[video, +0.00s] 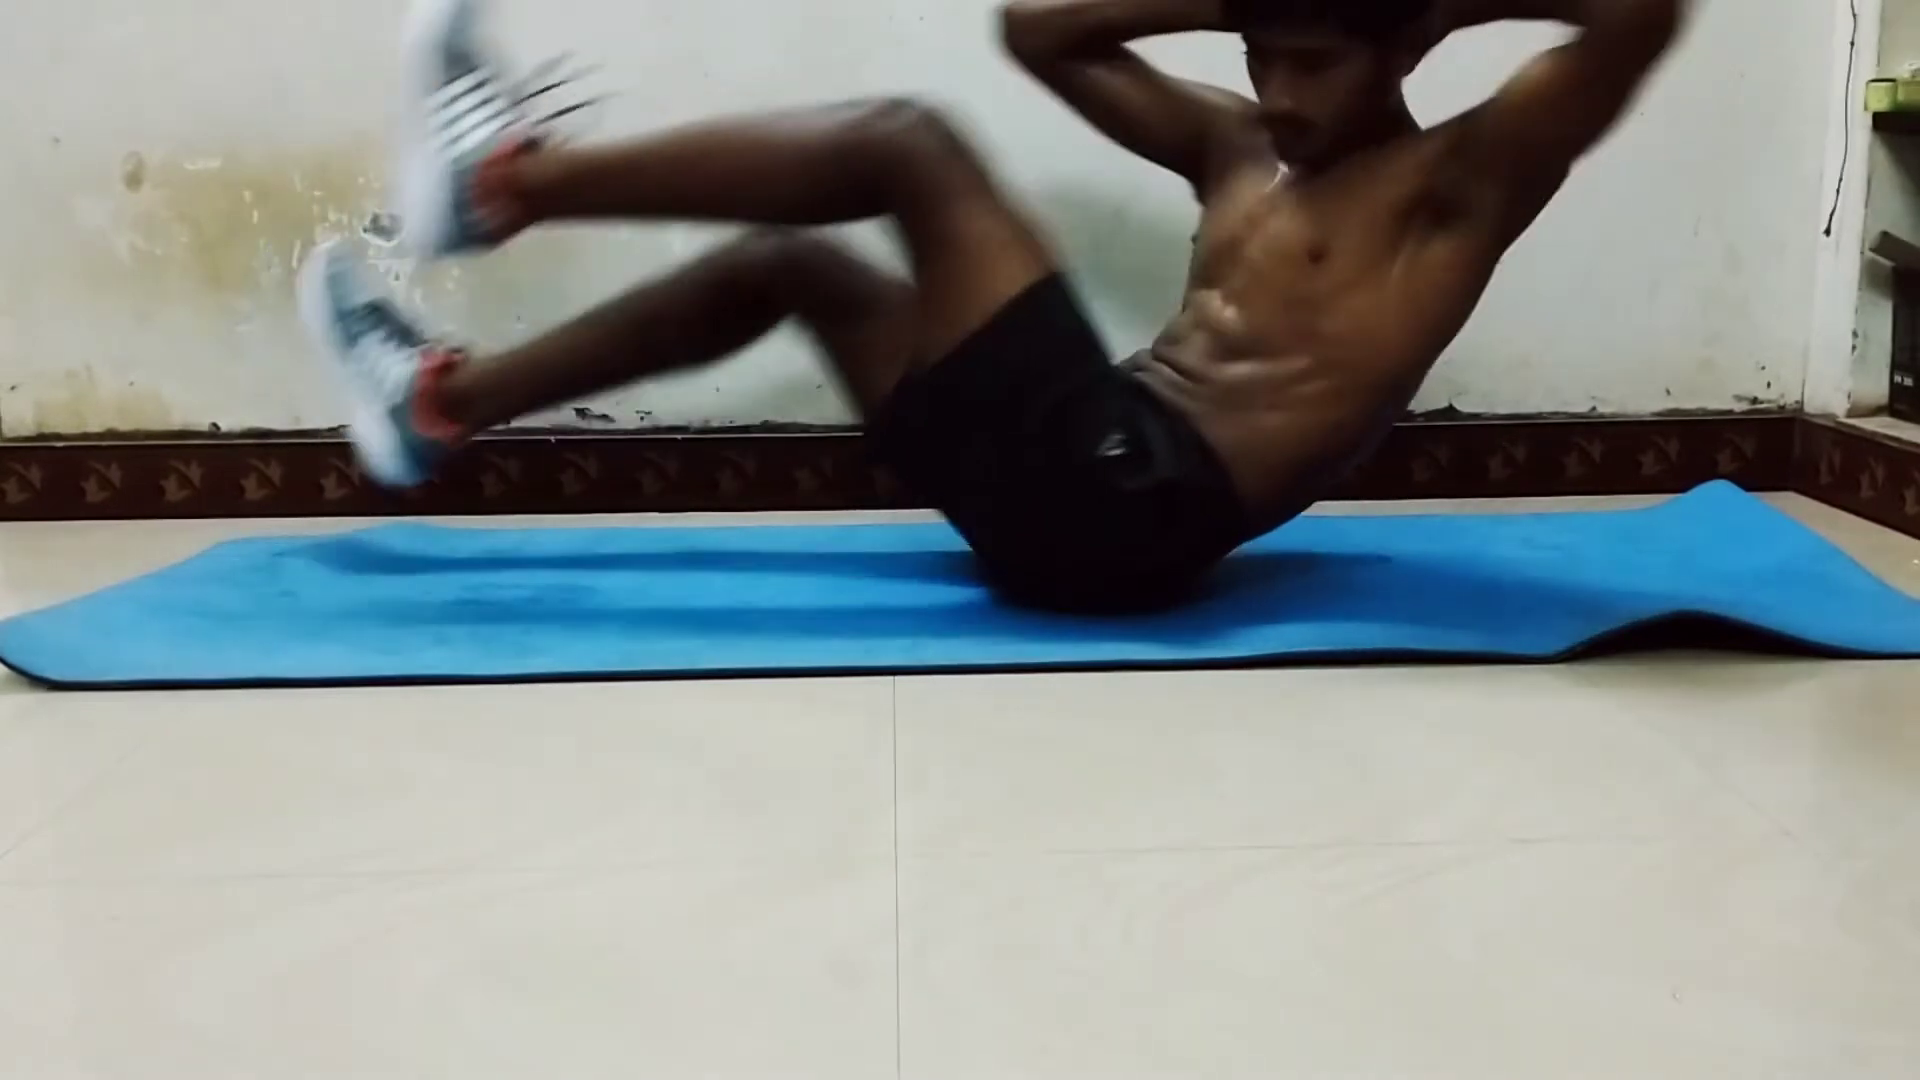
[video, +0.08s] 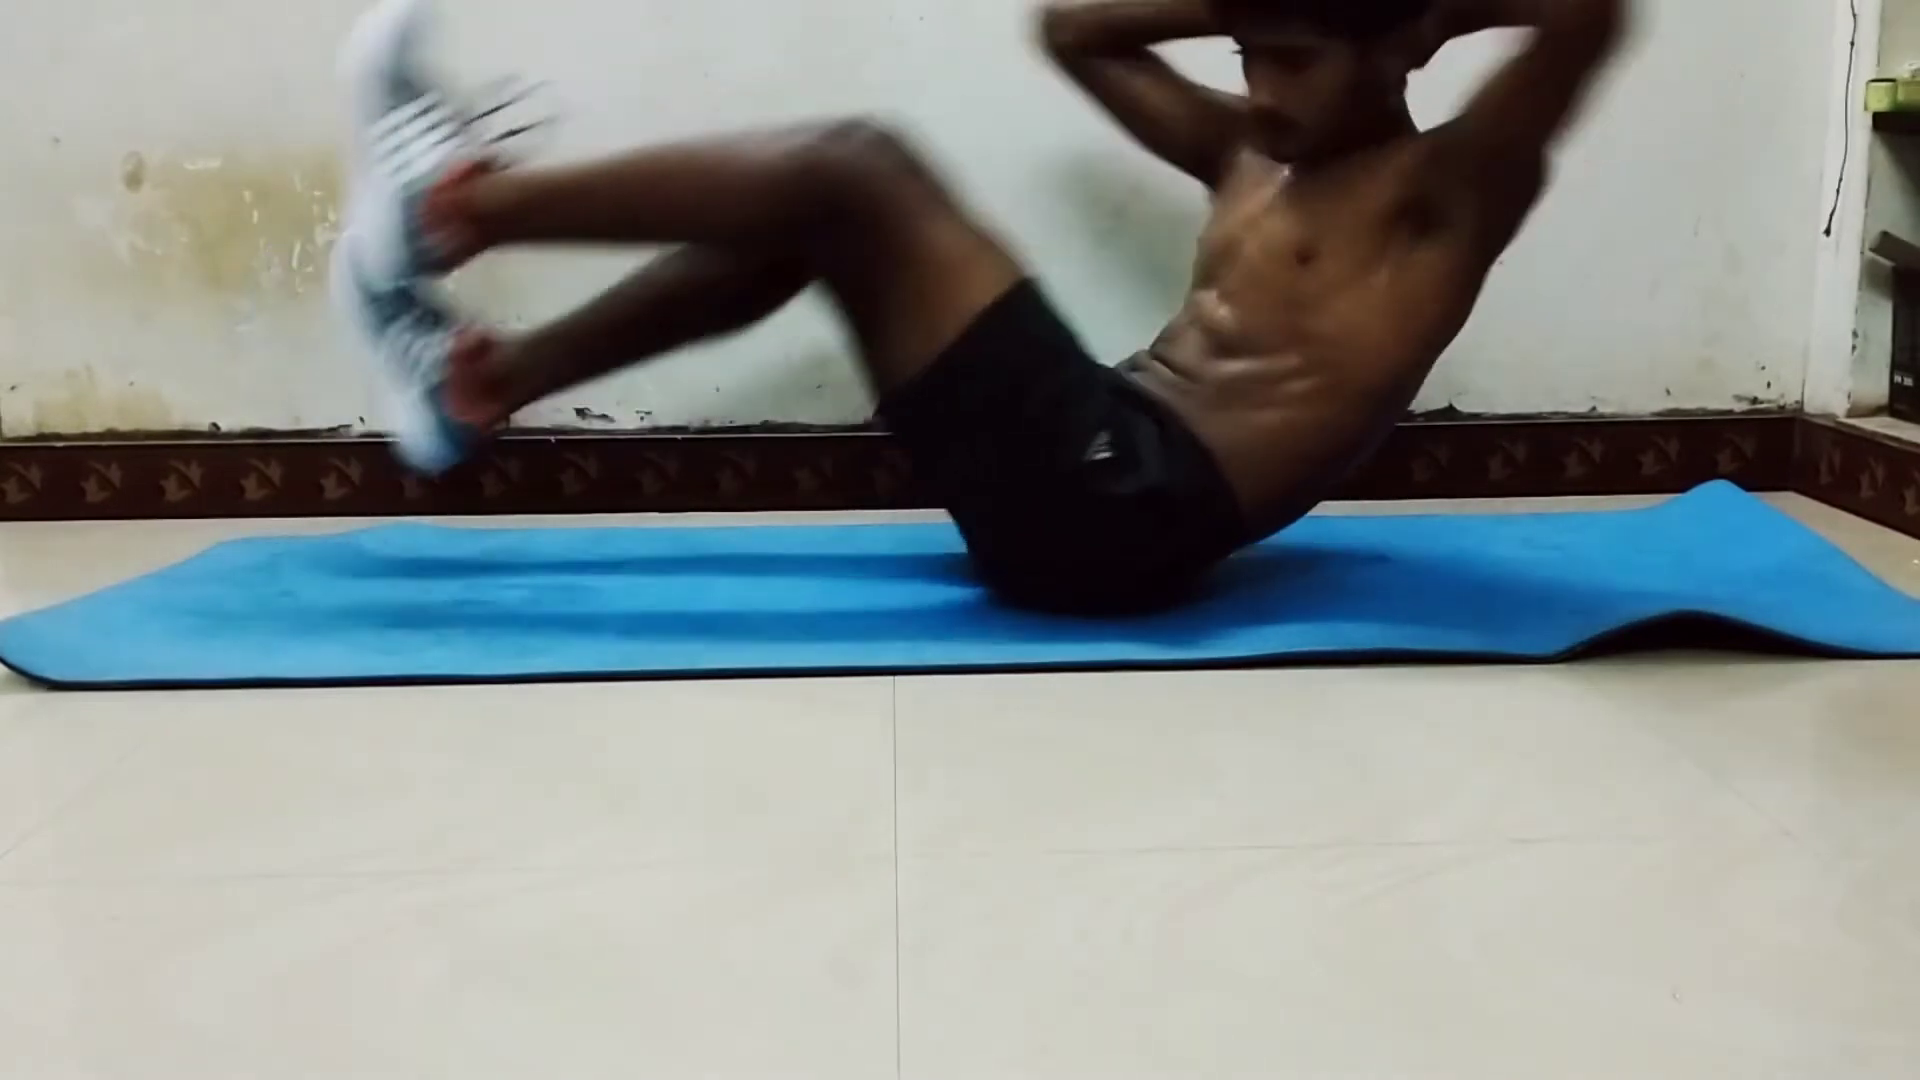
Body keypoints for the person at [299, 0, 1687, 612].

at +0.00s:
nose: (1273, 87)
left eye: (1309, 63)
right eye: (1263, 67)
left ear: (1394, 61)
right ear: (1267, 72)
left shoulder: (1460, 181)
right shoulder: (1237, 151)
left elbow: (1643, 27)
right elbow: (1048, 37)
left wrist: (1461, 25)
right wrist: (1234, 29)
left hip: (1138, 509)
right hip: (1059, 476)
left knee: (917, 142)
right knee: (795, 266)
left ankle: (496, 187)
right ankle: (442, 410)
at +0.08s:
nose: (1254, 93)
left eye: (1289, 64)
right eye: (1248, 66)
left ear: (1385, 62)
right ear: (1251, 59)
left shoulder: (1451, 187)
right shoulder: (1245, 155)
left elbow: (1599, 18)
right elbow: (1067, 35)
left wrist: (1441, 22)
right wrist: (1241, 21)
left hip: (1127, 512)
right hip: (1068, 471)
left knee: (860, 169)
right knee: (829, 205)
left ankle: (455, 208)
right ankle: (486, 386)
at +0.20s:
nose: (1217, 97)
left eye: (1243, 66)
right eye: (1206, 74)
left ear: (1344, 45)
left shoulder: (1404, 174)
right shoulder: (1327, 174)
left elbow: (1386, 99)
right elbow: (1259, 151)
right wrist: (1180, 77)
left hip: (1119, 513)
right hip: (1101, 447)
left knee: (808, 223)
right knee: (893, 161)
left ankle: (370, 245)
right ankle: (539, 334)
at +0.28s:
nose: (1235, 81)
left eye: (1252, 50)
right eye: (1241, 54)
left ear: (1343, 47)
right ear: (1351, 52)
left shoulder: (1379, 172)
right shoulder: (1333, 186)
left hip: (1118, 503)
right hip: (1091, 427)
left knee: (742, 310)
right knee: (1012, 121)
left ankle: (302, 295)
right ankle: (641, 233)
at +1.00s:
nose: (1246, 88)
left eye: (1269, 55)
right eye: (1247, 56)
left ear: (1387, 45)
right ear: (1394, 51)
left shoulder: (1416, 190)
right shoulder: (1372, 179)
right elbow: (1298, 152)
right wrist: (1263, 131)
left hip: (1154, 513)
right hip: (1143, 459)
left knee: (847, 210)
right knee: (853, 192)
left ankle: (427, 306)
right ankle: (471, 169)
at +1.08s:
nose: (1265, 81)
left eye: (1290, 44)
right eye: (1253, 49)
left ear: (1409, 41)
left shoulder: (1427, 175)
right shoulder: (1344, 193)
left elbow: (1414, 125)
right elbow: (1186, 112)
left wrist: (1379, 73)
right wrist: (1341, 89)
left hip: (1149, 514)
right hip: (1115, 487)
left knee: (875, 180)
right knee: (846, 248)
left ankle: (474, 261)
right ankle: (475, 229)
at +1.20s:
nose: (1287, 95)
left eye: (1315, 66)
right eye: (1278, 71)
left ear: (1417, 65)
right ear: (1288, 86)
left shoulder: (1452, 183)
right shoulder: (1295, 181)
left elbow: (1532, 27)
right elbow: (1095, 105)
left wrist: (1443, 50)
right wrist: (1255, 70)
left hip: (1150, 509)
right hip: (1077, 476)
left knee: (996, 105)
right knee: (754, 323)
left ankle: (601, 189)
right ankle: (390, 282)